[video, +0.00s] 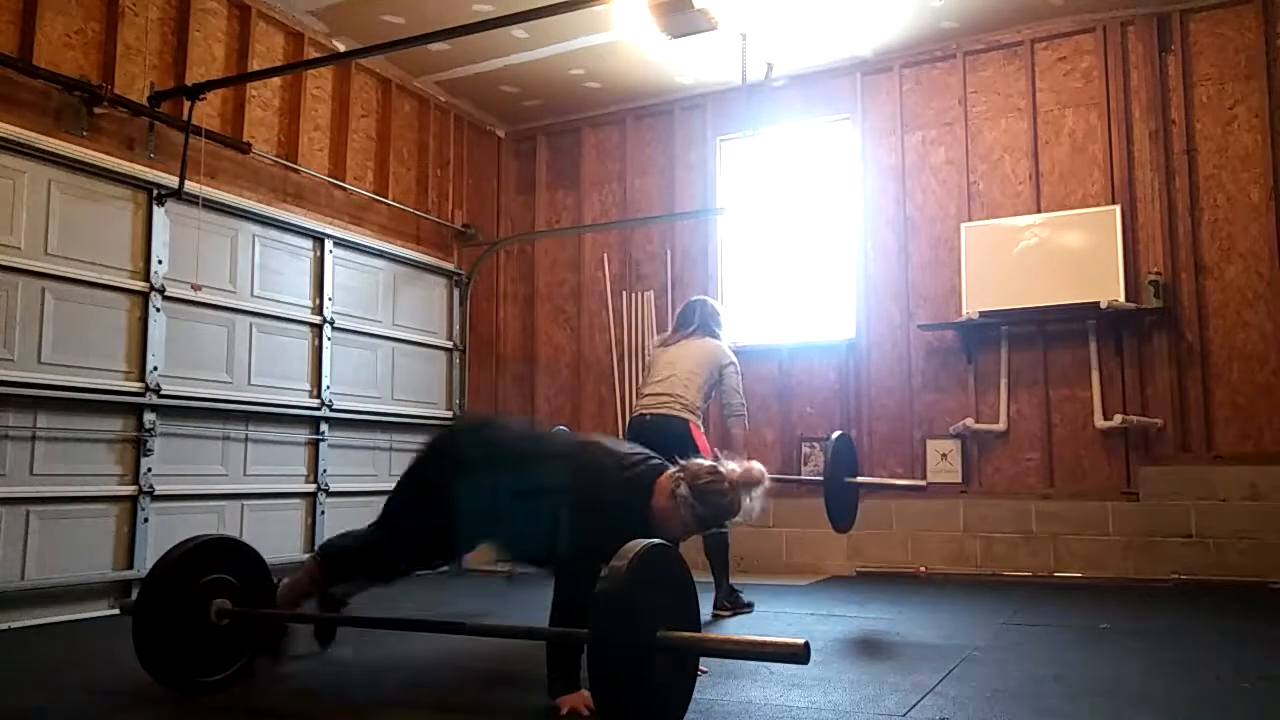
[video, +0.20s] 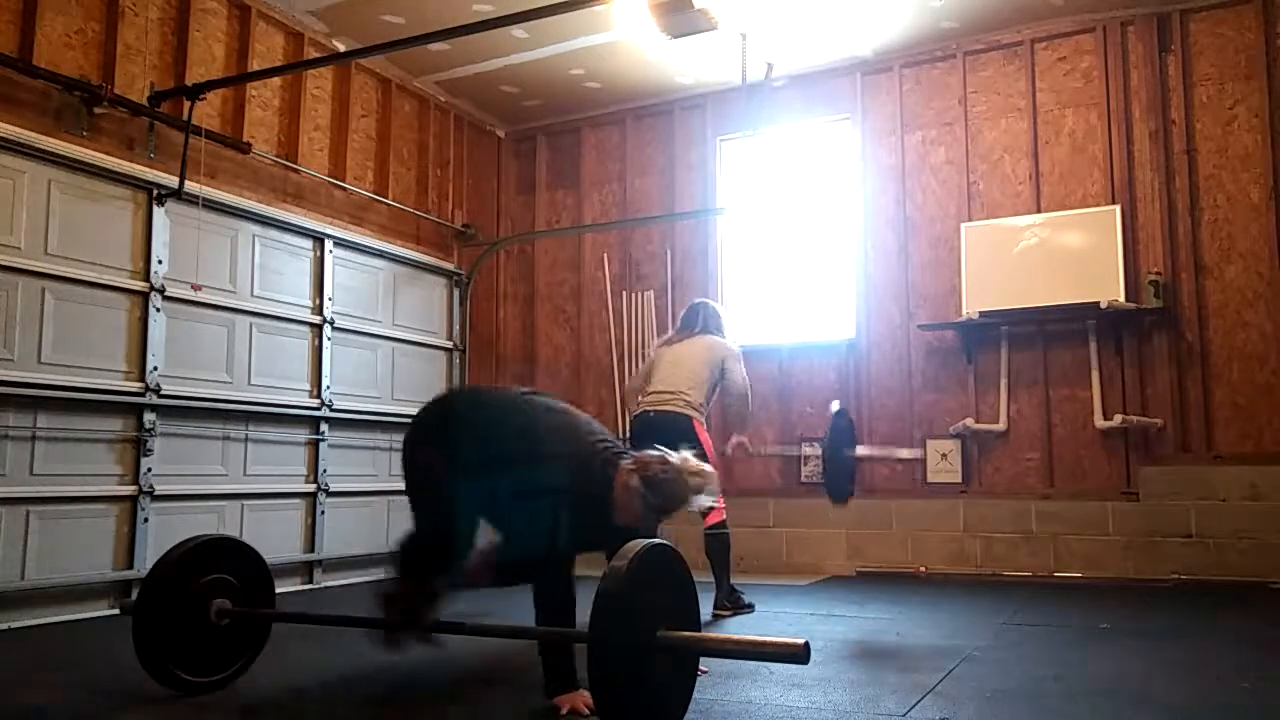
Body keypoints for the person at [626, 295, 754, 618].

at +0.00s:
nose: (722, 329)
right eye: (720, 323)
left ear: (680, 320)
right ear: (714, 323)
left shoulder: (660, 347)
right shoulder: (720, 351)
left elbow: (646, 390)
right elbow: (735, 408)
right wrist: (739, 461)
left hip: (639, 425)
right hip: (679, 428)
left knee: (648, 509)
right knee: (711, 507)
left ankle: (647, 593)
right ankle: (724, 592)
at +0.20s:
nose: (723, 329)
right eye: (721, 322)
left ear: (683, 322)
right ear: (716, 323)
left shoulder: (663, 347)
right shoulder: (723, 347)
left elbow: (631, 386)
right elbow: (738, 388)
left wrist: (637, 418)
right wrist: (739, 432)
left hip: (643, 422)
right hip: (683, 423)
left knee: (645, 508)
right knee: (711, 506)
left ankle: (634, 593)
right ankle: (724, 592)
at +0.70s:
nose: (725, 335)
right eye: (724, 330)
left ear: (686, 328)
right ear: (718, 330)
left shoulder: (668, 352)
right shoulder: (725, 355)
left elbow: (660, 396)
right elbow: (740, 410)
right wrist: (742, 455)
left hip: (645, 423)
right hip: (685, 424)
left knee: (652, 508)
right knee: (714, 508)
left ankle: (629, 585)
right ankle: (723, 591)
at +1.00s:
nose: (727, 342)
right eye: (727, 337)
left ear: (692, 331)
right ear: (721, 333)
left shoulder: (669, 351)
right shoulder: (729, 349)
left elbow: (636, 391)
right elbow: (745, 381)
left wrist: (643, 426)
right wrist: (745, 429)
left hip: (646, 425)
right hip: (686, 425)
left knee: (653, 506)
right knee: (715, 508)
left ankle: (632, 587)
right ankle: (723, 592)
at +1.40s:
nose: (733, 346)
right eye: (733, 342)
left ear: (698, 335)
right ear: (727, 338)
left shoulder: (675, 353)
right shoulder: (732, 354)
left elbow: (639, 392)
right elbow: (746, 386)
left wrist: (646, 428)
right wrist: (744, 431)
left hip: (646, 422)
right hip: (685, 423)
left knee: (652, 506)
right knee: (713, 508)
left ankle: (632, 587)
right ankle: (723, 591)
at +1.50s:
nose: (737, 361)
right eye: (736, 356)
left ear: (698, 347)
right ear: (729, 353)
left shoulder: (675, 363)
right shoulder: (732, 370)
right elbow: (746, 421)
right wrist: (746, 468)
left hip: (643, 428)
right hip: (683, 430)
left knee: (650, 509)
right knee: (716, 509)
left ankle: (634, 587)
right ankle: (723, 592)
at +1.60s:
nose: (740, 384)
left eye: (739, 380)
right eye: (738, 380)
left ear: (699, 369)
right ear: (729, 375)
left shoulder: (676, 385)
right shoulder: (732, 394)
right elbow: (743, 449)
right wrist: (746, 500)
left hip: (640, 441)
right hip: (682, 443)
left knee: (650, 514)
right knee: (724, 513)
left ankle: (636, 588)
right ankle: (724, 593)